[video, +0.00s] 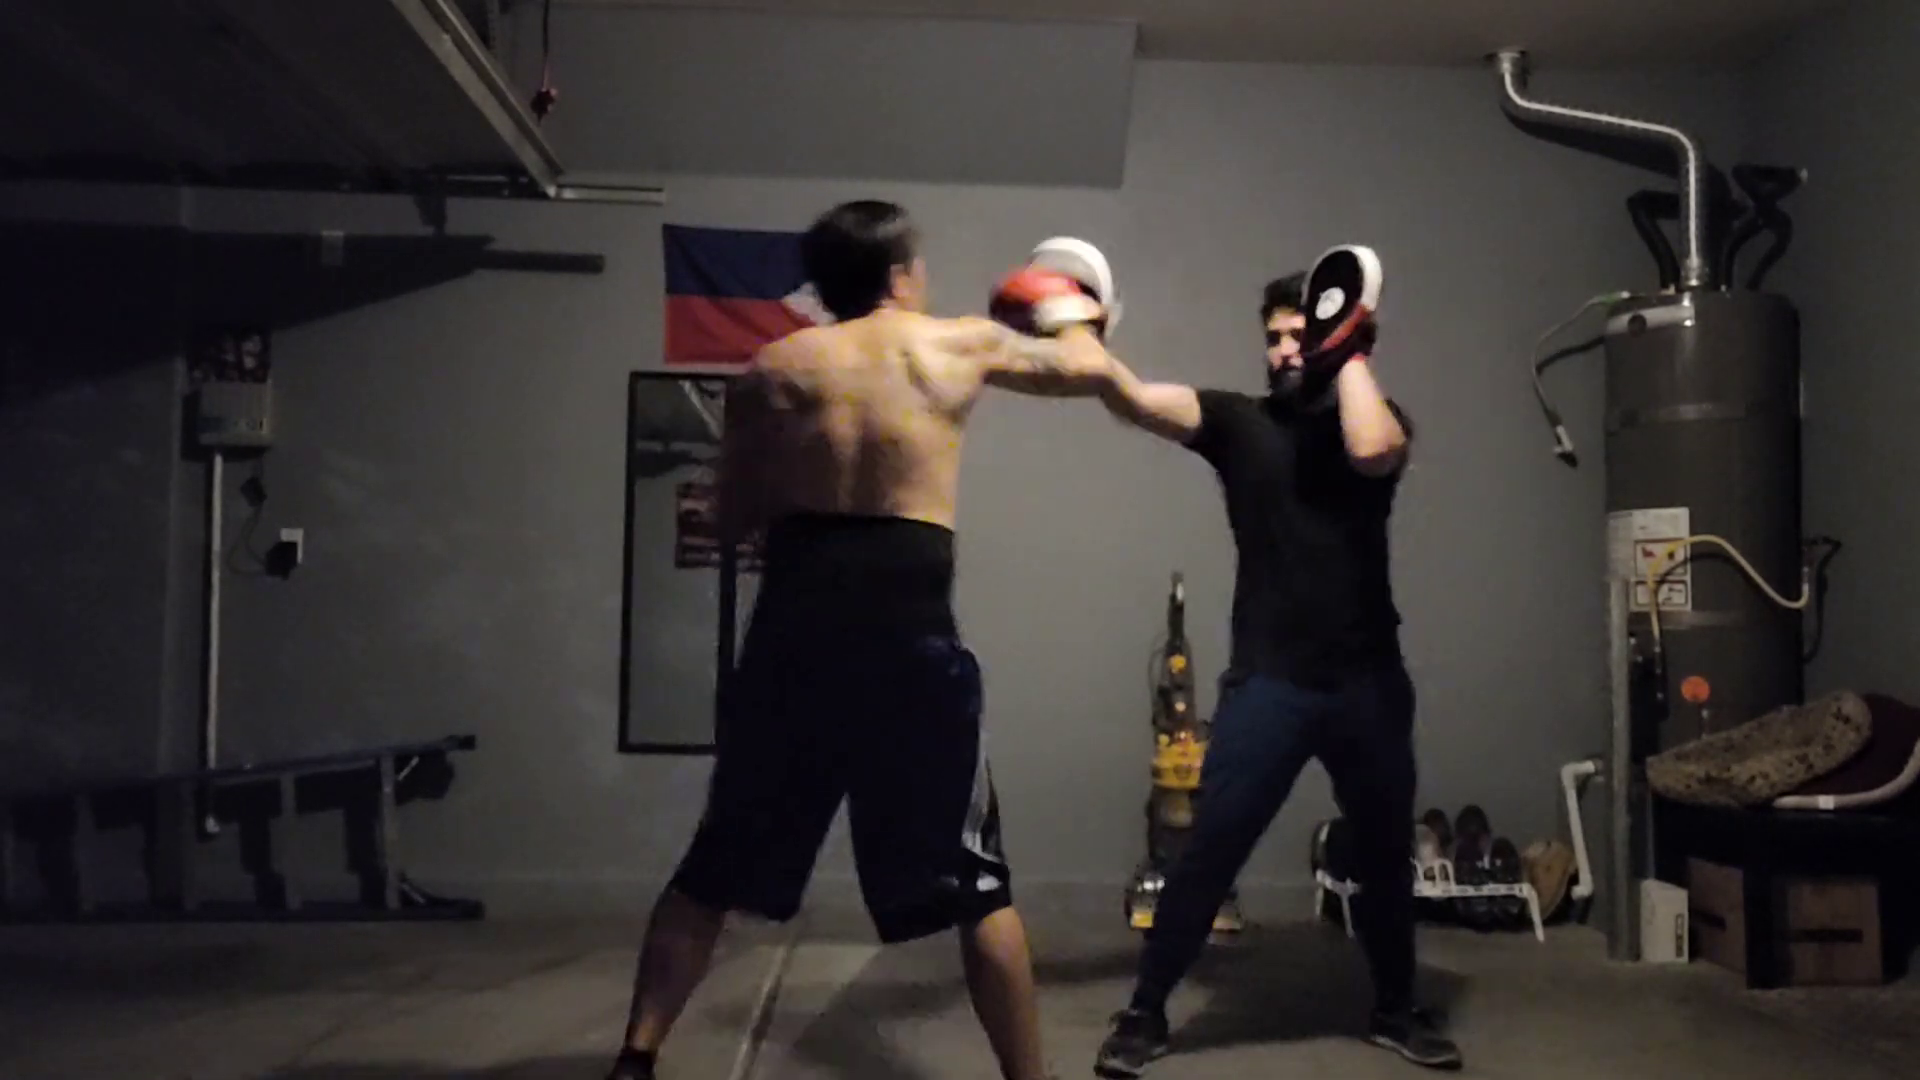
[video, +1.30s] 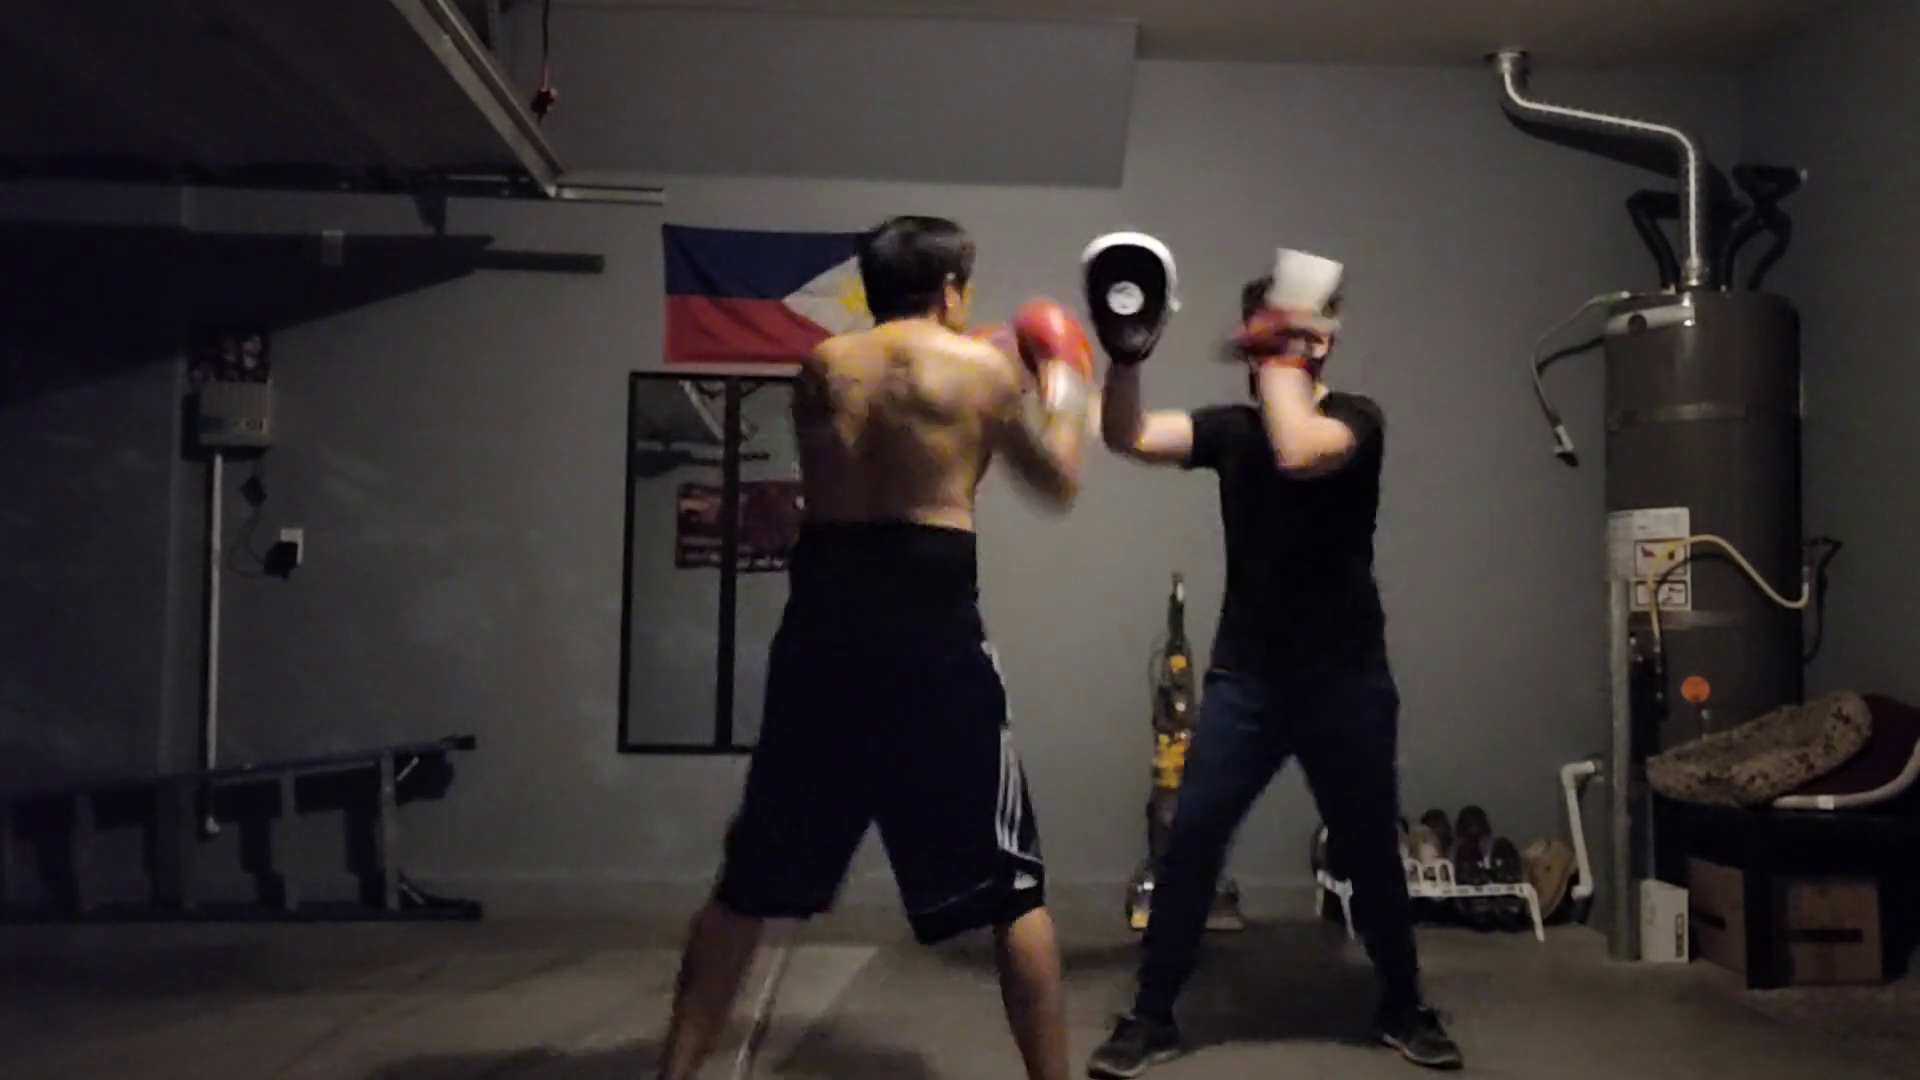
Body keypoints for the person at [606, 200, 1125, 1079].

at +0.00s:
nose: (924, 278)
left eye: (917, 263)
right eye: (917, 266)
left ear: (826, 285)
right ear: (899, 280)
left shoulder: (769, 371)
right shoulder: (959, 344)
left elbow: (733, 521)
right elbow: (1088, 367)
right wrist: (1075, 308)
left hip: (794, 645)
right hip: (913, 644)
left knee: (716, 860)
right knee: (971, 873)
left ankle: (635, 1057)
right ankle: (1028, 1071)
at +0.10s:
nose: (951, 272)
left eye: (947, 258)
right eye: (948, 259)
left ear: (850, 273)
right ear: (928, 268)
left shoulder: (802, 357)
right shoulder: (972, 348)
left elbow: (837, 466)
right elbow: (1064, 455)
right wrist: (1059, 364)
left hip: (813, 620)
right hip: (924, 622)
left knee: (742, 864)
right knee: (993, 877)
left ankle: (669, 1065)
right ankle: (1031, 1071)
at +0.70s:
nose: (952, 290)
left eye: (946, 274)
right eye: (946, 276)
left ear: (860, 288)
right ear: (927, 289)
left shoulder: (811, 379)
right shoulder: (929, 378)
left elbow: (873, 490)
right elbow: (974, 529)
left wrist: (977, 416)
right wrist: (1038, 482)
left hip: (786, 653)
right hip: (887, 656)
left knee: (716, 877)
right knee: (979, 886)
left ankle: (639, 1067)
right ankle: (1021, 1070)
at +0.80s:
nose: (911, 306)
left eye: (908, 291)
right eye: (907, 292)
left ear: (812, 306)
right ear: (885, 302)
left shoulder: (761, 394)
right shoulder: (892, 396)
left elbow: (787, 519)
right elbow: (920, 540)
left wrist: (913, 449)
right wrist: (984, 505)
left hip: (757, 675)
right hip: (867, 678)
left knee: (697, 891)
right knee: (978, 886)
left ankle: (632, 1070)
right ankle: (1014, 1070)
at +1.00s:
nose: (880, 312)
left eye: (875, 297)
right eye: (877, 299)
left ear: (787, 303)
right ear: (854, 305)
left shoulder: (730, 389)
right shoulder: (883, 386)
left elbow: (755, 515)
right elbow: (973, 521)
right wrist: (981, 472)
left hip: (748, 665)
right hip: (866, 664)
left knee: (681, 889)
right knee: (969, 869)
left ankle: (626, 1071)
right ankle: (1027, 1066)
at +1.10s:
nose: (901, 304)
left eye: (896, 290)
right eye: (896, 292)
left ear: (801, 300)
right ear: (875, 301)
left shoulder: (744, 390)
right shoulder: (922, 372)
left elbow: (730, 525)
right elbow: (1055, 445)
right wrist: (1014, 379)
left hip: (770, 677)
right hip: (894, 674)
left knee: (690, 892)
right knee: (981, 879)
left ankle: (632, 1071)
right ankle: (1041, 1070)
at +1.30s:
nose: (970, 298)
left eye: (966, 286)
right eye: (968, 286)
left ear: (872, 290)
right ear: (953, 293)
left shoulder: (821, 364)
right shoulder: (986, 366)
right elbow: (1059, 478)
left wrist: (975, 362)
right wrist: (1060, 382)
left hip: (823, 625)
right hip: (933, 631)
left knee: (757, 864)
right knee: (1013, 879)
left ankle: (675, 1064)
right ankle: (1052, 1070)